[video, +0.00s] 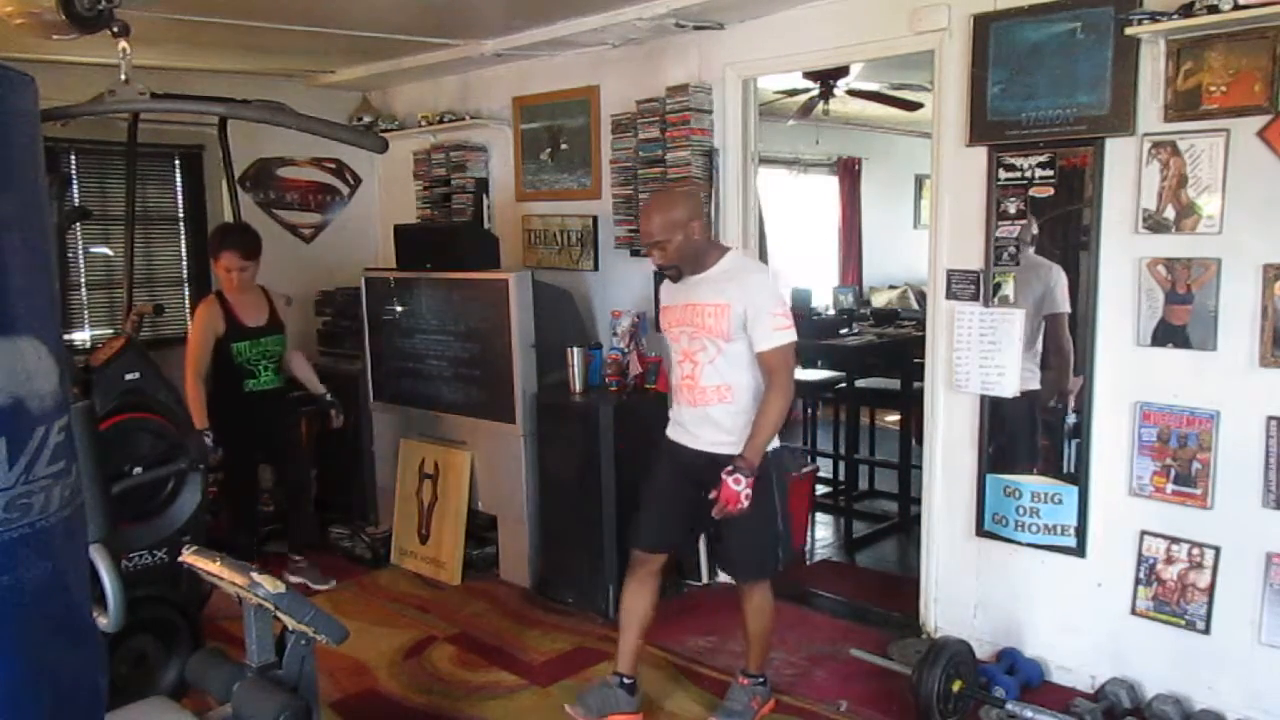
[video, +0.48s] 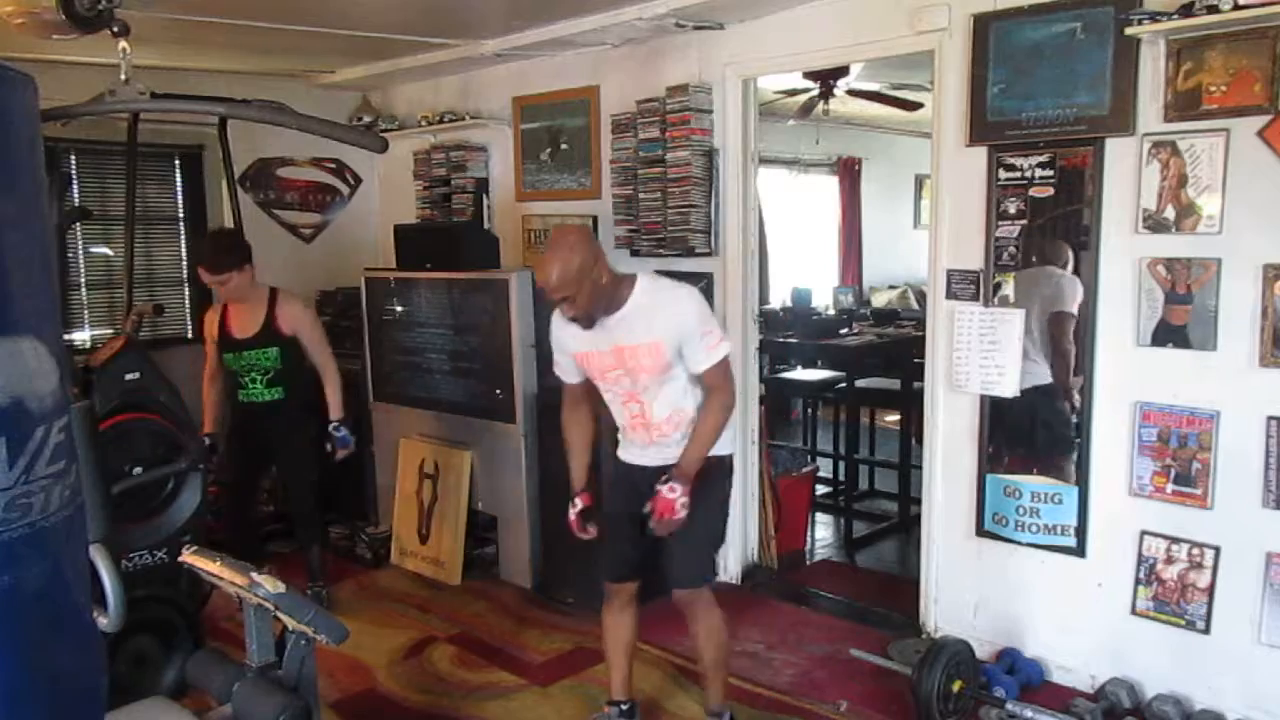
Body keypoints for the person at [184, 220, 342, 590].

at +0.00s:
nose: (235, 279)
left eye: (243, 270)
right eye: (227, 271)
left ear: (257, 263)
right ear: (214, 265)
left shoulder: (271, 300)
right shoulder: (210, 311)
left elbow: (288, 354)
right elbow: (194, 377)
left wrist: (324, 395)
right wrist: (204, 434)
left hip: (276, 414)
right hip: (234, 420)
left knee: (295, 481)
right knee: (241, 498)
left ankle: (294, 557)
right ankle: (243, 566)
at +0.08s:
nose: (233, 281)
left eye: (242, 272)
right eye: (225, 273)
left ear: (258, 265)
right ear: (215, 268)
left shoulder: (279, 304)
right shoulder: (211, 314)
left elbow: (300, 355)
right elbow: (195, 380)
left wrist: (334, 395)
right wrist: (203, 434)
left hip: (282, 419)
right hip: (235, 425)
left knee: (298, 491)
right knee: (241, 506)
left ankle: (314, 568)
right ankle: (244, 574)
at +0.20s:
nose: (233, 284)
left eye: (241, 275)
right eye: (225, 276)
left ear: (260, 267)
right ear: (216, 271)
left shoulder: (288, 308)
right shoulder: (213, 318)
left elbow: (316, 356)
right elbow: (199, 382)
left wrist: (348, 401)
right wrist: (205, 436)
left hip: (287, 422)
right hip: (239, 427)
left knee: (299, 496)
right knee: (243, 508)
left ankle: (316, 576)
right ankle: (247, 579)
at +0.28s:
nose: (233, 284)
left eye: (241, 275)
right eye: (226, 277)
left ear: (261, 266)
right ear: (216, 272)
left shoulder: (295, 309)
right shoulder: (215, 319)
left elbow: (325, 358)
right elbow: (204, 379)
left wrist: (352, 408)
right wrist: (206, 436)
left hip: (291, 423)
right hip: (242, 427)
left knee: (300, 498)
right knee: (247, 508)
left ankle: (315, 579)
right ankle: (247, 579)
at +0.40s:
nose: (226, 289)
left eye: (232, 280)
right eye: (219, 282)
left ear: (255, 266)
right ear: (212, 275)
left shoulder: (296, 309)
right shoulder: (217, 319)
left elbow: (329, 360)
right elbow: (210, 378)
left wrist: (349, 414)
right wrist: (207, 432)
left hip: (294, 425)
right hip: (245, 428)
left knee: (301, 501)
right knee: (245, 506)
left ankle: (316, 582)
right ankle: (255, 579)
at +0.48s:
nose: (219, 293)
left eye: (224, 284)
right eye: (211, 286)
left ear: (247, 269)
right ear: (205, 279)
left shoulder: (290, 310)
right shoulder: (215, 319)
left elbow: (327, 365)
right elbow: (213, 377)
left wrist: (337, 421)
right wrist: (209, 433)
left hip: (294, 428)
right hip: (245, 430)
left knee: (302, 502)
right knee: (235, 504)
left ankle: (316, 583)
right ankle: (248, 582)